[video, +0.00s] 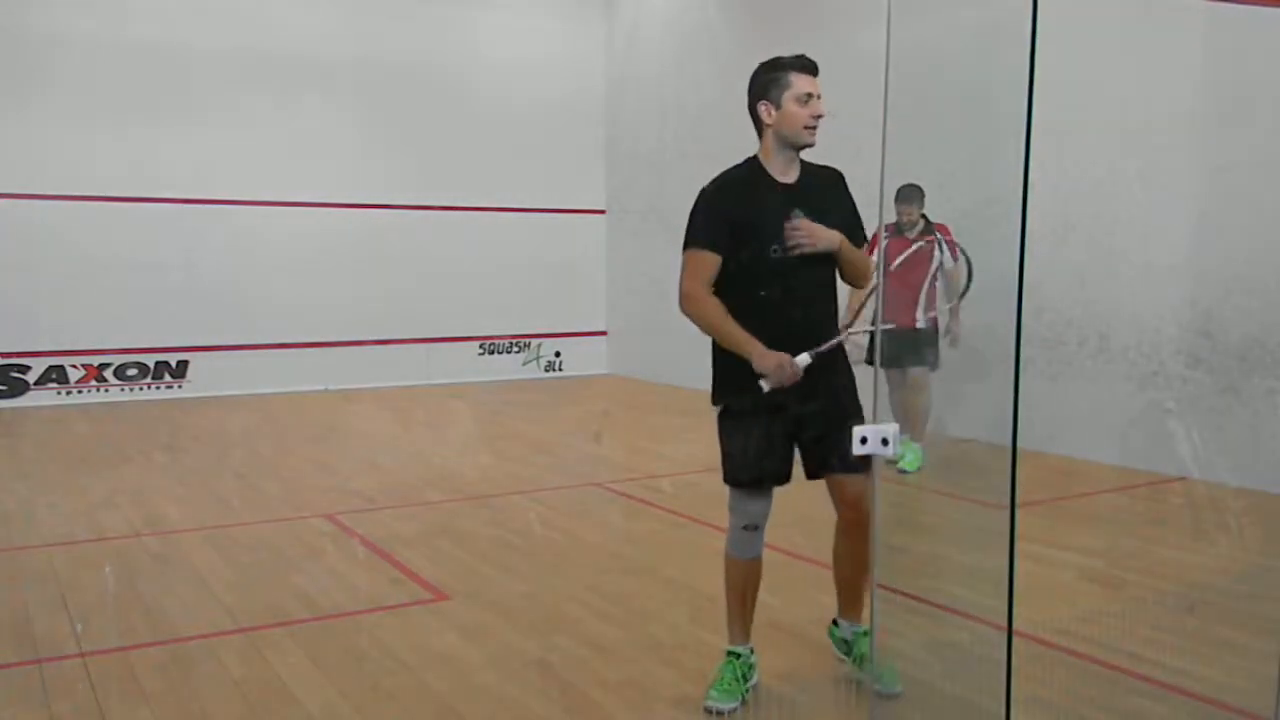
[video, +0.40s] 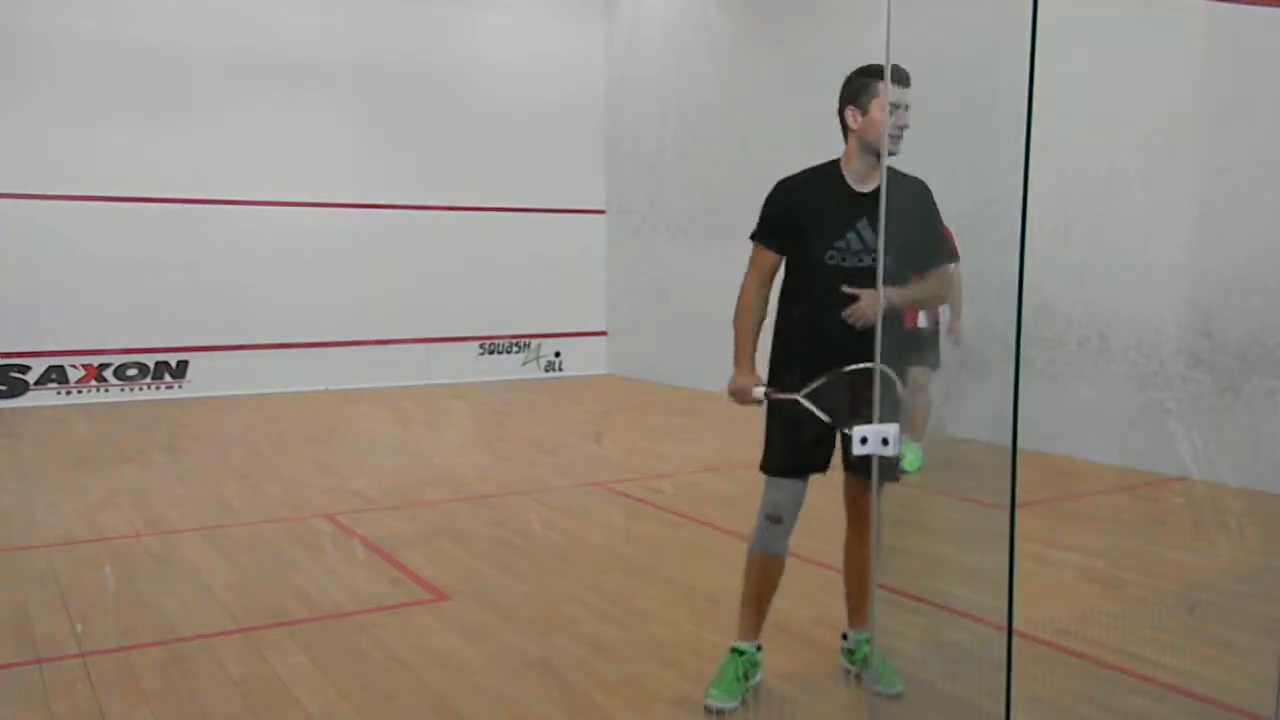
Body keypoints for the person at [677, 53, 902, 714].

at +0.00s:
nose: (819, 110)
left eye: (820, 100)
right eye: (806, 100)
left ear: (806, 113)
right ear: (766, 111)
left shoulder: (829, 186)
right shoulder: (723, 196)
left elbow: (865, 276)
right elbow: (693, 295)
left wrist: (836, 243)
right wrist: (756, 352)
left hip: (824, 370)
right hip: (749, 380)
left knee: (856, 500)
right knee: (748, 518)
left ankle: (851, 629)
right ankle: (739, 653)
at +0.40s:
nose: (901, 122)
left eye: (905, 111)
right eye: (890, 110)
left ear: (903, 120)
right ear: (851, 116)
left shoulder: (912, 196)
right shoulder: (796, 194)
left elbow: (945, 283)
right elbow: (757, 282)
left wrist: (888, 298)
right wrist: (744, 365)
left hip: (877, 380)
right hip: (801, 376)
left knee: (866, 510)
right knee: (776, 514)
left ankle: (859, 643)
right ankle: (745, 651)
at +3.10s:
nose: (598, 164)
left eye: (600, 156)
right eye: (605, 155)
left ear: (607, 161)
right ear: (649, 163)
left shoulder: (604, 218)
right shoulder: (677, 226)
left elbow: (597, 294)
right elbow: (701, 306)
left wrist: (552, 330)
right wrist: (649, 320)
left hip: (602, 370)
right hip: (655, 370)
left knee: (577, 483)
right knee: (647, 457)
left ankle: (590, 615)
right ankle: (684, 571)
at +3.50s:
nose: (629, 156)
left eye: (629, 149)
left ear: (629, 156)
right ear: (676, 159)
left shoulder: (622, 214)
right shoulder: (701, 218)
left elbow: (614, 294)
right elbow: (740, 289)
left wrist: (579, 295)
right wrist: (690, 301)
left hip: (631, 367)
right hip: (686, 370)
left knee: (579, 464)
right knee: (663, 464)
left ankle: (607, 587)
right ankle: (696, 586)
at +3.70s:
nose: (634, 114)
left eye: (633, 107)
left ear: (633, 112)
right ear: (680, 113)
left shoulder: (621, 165)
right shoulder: (710, 173)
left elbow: (612, 235)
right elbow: (740, 248)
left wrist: (591, 251)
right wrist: (692, 254)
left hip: (630, 329)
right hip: (689, 332)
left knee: (601, 438)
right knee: (685, 441)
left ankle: (610, 565)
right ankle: (697, 559)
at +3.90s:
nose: (631, 144)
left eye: (630, 136)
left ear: (630, 143)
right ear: (678, 143)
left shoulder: (619, 194)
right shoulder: (709, 201)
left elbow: (604, 261)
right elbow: (743, 279)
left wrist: (584, 259)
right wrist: (700, 283)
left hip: (629, 352)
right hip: (689, 352)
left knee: (624, 474)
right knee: (687, 451)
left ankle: (638, 600)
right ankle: (704, 567)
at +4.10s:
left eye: (647, 134)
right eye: (688, 134)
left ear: (642, 141)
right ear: (692, 140)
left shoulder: (628, 198)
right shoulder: (723, 202)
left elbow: (620, 273)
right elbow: (757, 281)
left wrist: (598, 284)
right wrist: (715, 299)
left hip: (644, 356)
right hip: (703, 356)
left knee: (640, 480)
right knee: (709, 457)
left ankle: (645, 603)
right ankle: (712, 564)